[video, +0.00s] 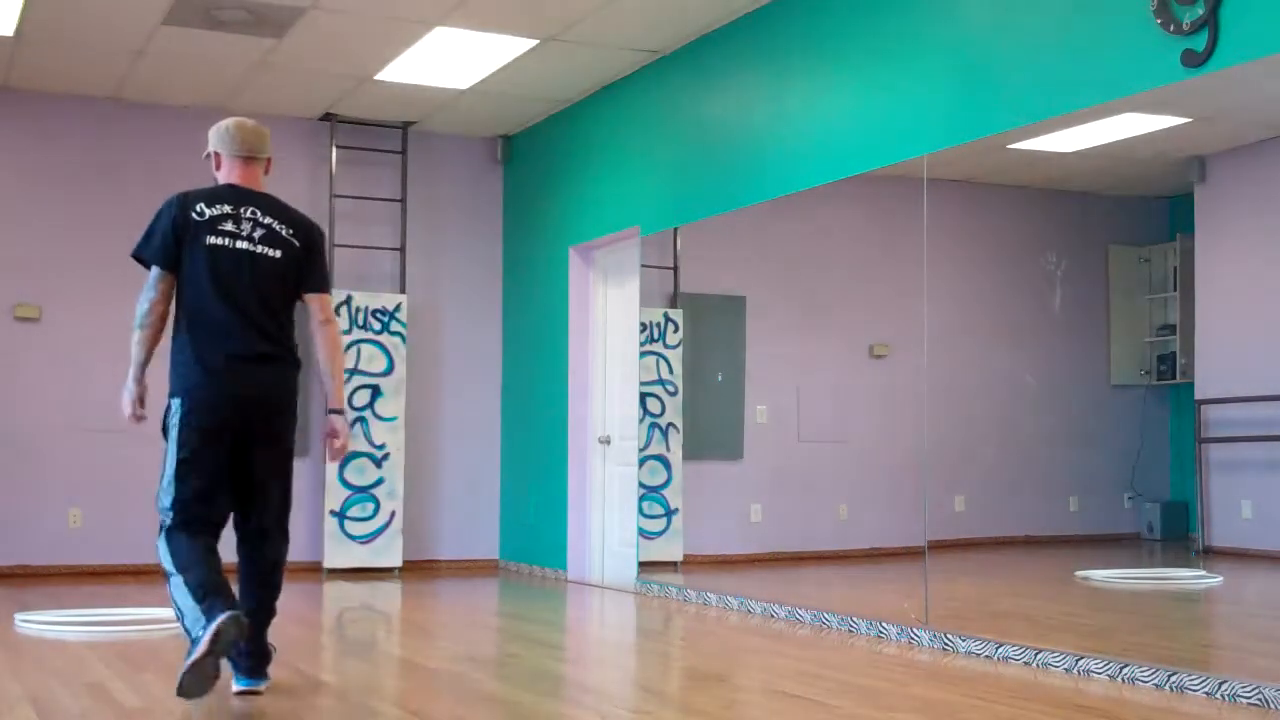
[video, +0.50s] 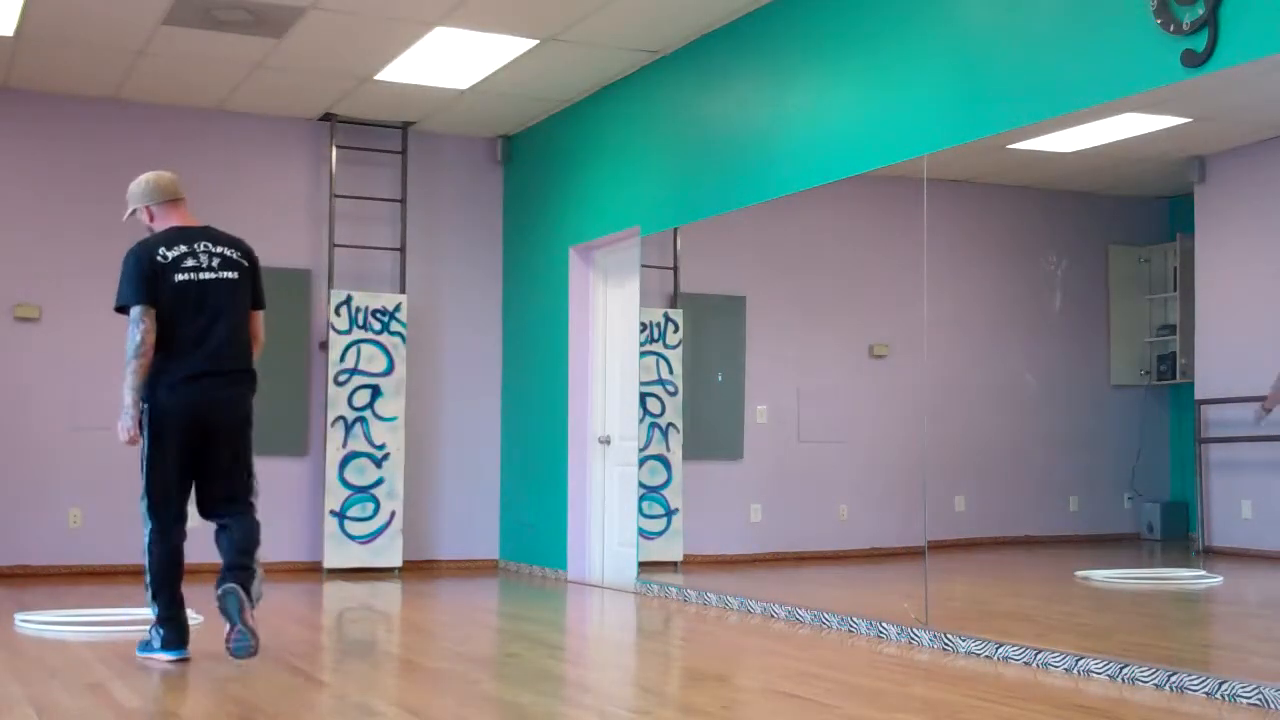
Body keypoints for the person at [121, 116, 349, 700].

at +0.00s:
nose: (216, 170)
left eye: (213, 162)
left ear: (215, 162)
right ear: (268, 163)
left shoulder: (185, 209)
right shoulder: (302, 228)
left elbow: (155, 300)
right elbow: (324, 321)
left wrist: (135, 376)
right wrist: (338, 406)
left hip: (203, 398)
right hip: (274, 402)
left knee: (184, 524)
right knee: (264, 530)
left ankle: (213, 614)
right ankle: (250, 666)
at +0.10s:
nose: (209, 170)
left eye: (205, 161)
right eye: (224, 162)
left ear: (206, 162)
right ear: (257, 162)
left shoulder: (181, 209)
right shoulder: (297, 223)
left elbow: (160, 303)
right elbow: (311, 319)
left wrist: (146, 377)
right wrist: (312, 396)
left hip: (196, 389)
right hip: (268, 392)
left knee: (182, 516)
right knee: (262, 526)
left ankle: (198, 639)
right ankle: (251, 661)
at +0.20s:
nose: (195, 185)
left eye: (192, 177)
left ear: (195, 178)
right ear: (245, 176)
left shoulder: (175, 224)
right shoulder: (286, 235)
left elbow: (160, 314)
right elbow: (297, 336)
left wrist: (151, 388)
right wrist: (274, 383)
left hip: (191, 390)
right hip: (260, 392)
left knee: (183, 516)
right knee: (253, 522)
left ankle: (172, 639)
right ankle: (249, 659)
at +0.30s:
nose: (176, 205)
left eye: (175, 199)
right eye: (182, 198)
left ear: (180, 199)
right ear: (227, 196)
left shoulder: (166, 244)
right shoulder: (268, 248)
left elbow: (155, 330)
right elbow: (280, 338)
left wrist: (148, 402)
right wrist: (248, 374)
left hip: (185, 402)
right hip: (250, 402)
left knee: (177, 522)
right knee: (248, 523)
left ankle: (170, 631)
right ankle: (249, 651)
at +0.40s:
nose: (152, 220)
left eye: (152, 214)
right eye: (152, 215)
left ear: (161, 211)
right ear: (204, 206)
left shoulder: (153, 257)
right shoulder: (251, 253)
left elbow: (147, 343)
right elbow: (265, 340)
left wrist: (139, 414)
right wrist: (231, 378)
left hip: (175, 408)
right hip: (239, 407)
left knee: (168, 523)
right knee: (245, 515)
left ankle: (171, 635)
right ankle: (249, 600)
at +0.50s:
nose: (135, 225)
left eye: (134, 218)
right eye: (135, 218)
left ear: (146, 213)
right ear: (183, 204)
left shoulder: (145, 256)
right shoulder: (239, 250)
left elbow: (144, 337)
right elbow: (255, 335)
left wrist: (130, 405)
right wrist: (230, 379)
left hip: (170, 402)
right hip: (231, 400)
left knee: (164, 516)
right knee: (234, 504)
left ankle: (169, 632)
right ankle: (237, 584)